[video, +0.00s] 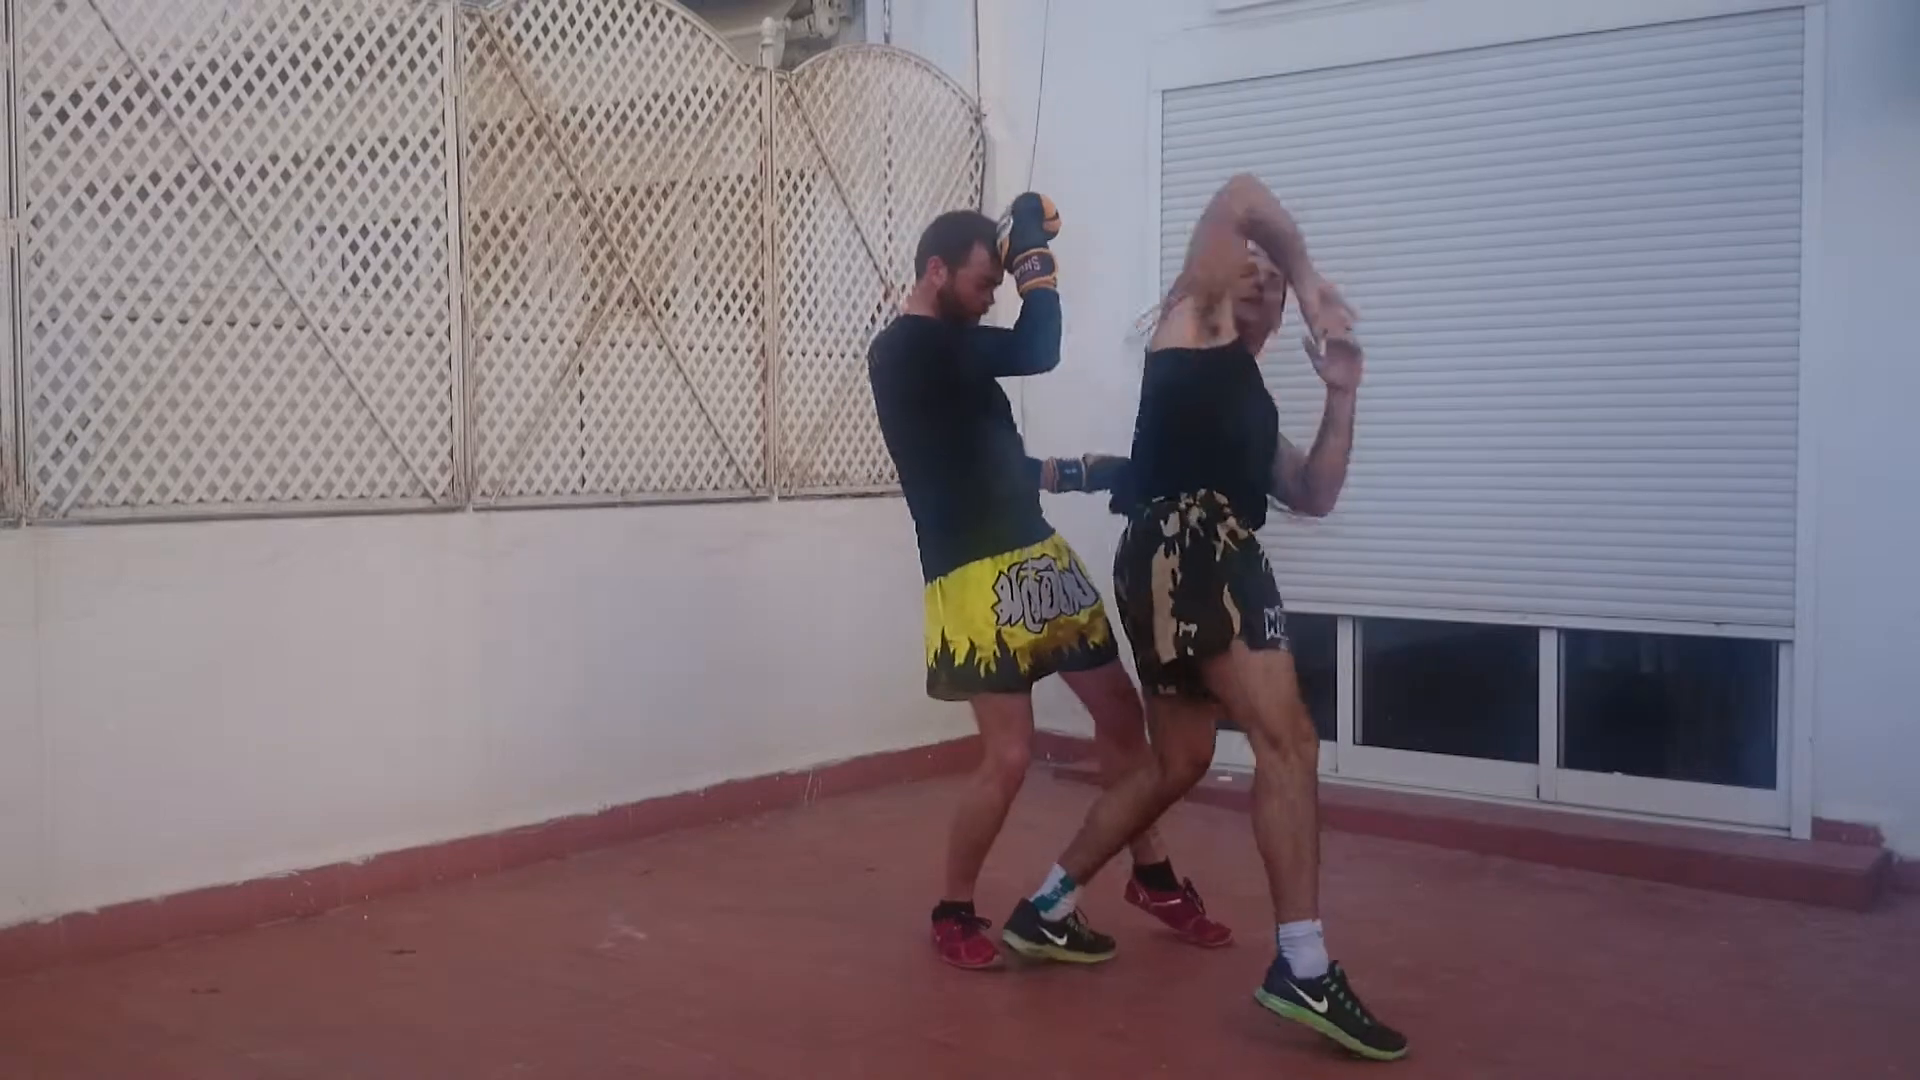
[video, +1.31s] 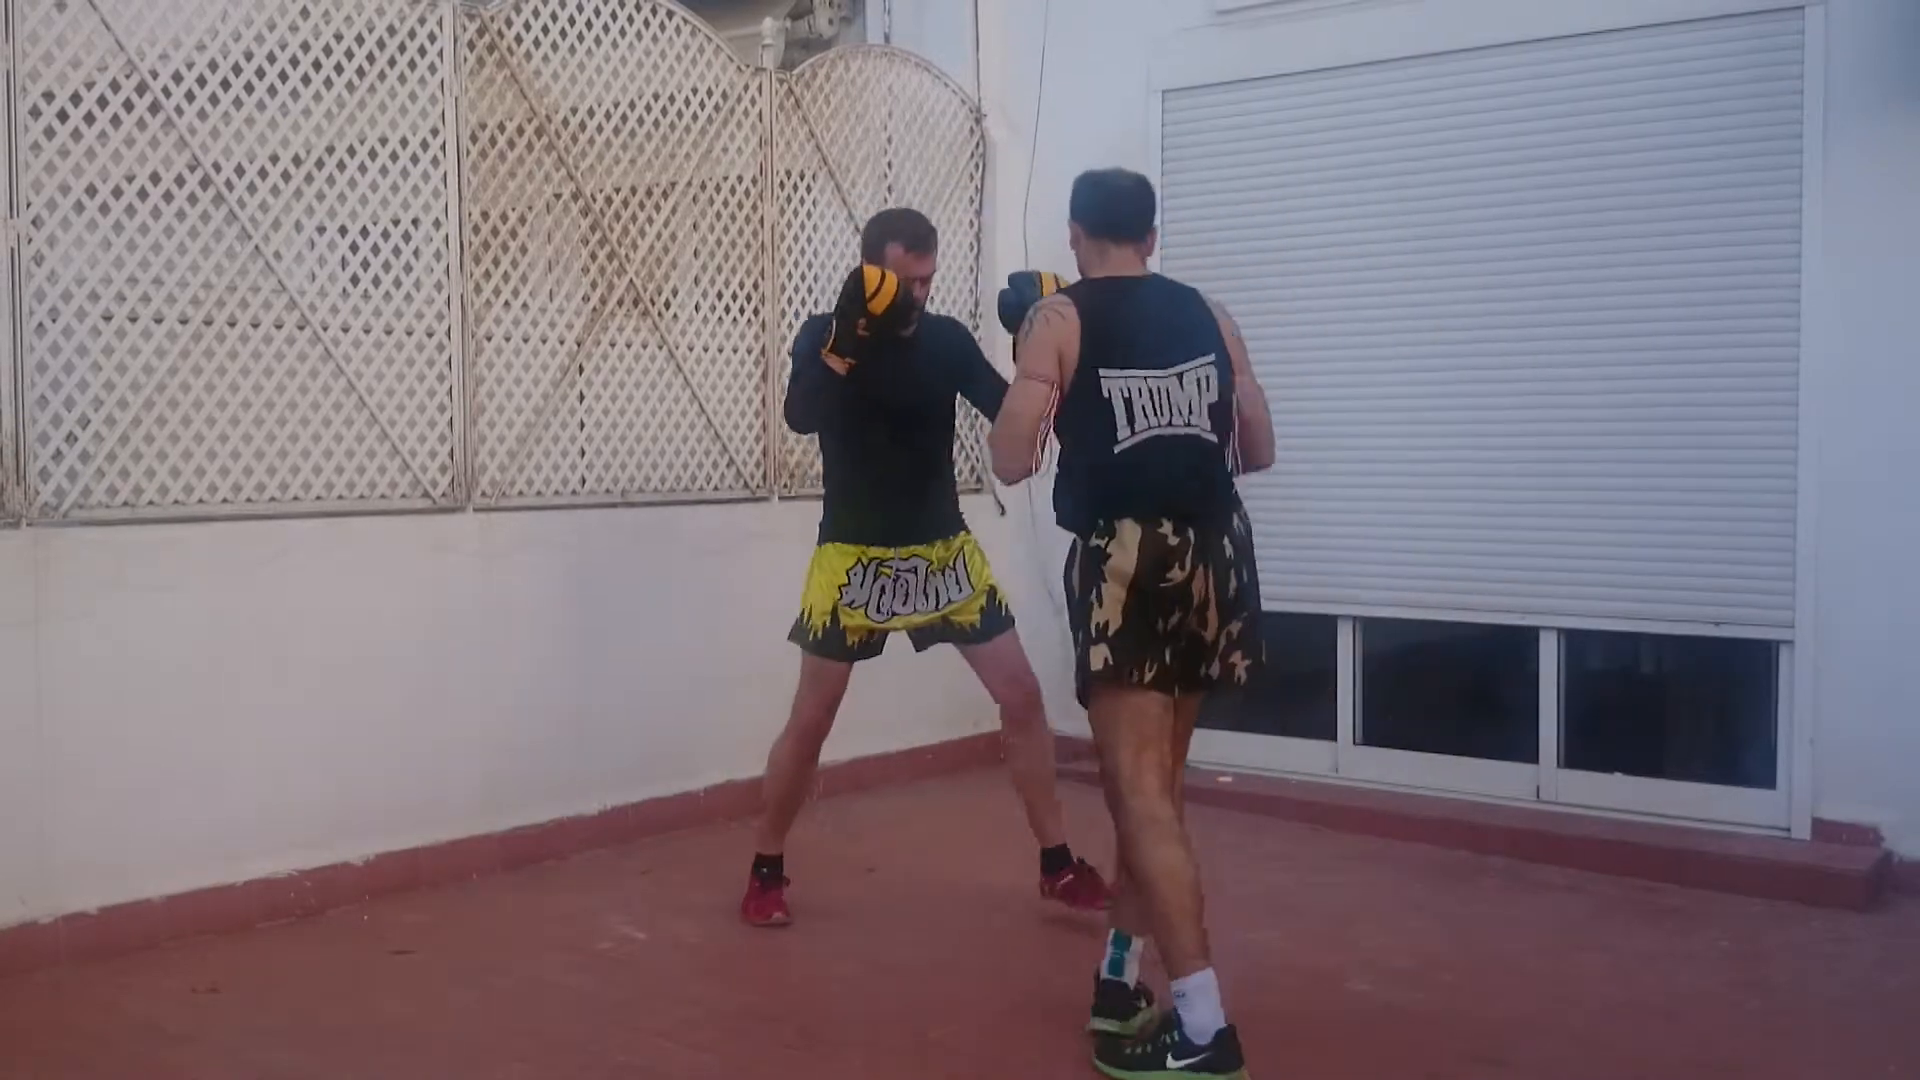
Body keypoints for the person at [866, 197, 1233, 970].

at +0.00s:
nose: (995, 294)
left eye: (996, 280)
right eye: (986, 278)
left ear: (947, 273)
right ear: (940, 268)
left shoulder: (953, 347)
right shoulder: (910, 344)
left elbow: (998, 468)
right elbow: (1036, 350)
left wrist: (1094, 472)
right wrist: (1035, 266)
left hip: (1036, 552)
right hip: (973, 570)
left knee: (1120, 712)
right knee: (1008, 754)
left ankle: (1153, 872)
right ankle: (954, 913)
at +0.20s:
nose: (1001, 279)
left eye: (1004, 266)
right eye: (988, 263)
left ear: (969, 260)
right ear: (942, 253)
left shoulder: (960, 334)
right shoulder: (911, 323)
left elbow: (976, 460)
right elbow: (1015, 343)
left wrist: (1059, 483)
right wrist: (1048, 253)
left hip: (1015, 543)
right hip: (959, 555)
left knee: (1073, 707)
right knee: (992, 736)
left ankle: (1086, 875)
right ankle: (953, 909)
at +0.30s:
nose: (1000, 260)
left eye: (1003, 248)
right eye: (987, 246)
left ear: (984, 250)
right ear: (940, 245)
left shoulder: (969, 327)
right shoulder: (909, 317)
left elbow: (974, 444)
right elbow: (976, 369)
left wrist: (1044, 469)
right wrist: (1051, 288)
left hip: (1003, 535)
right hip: (947, 543)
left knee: (1051, 700)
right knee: (983, 723)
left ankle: (1002, 845)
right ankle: (948, 906)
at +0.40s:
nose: (1005, 249)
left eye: (1007, 236)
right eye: (990, 238)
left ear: (1000, 245)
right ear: (945, 248)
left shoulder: (989, 331)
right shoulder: (920, 321)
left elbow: (982, 445)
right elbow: (929, 425)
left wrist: (1050, 465)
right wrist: (1007, 374)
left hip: (980, 539)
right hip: (929, 541)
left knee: (1009, 710)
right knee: (965, 718)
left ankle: (972, 860)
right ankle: (941, 907)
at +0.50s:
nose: (1009, 258)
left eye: (1011, 246)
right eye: (992, 248)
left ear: (1008, 254)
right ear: (949, 261)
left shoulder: (1004, 345)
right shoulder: (914, 340)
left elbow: (1000, 449)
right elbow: (908, 447)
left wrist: (1072, 457)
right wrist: (983, 422)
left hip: (966, 549)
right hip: (906, 547)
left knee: (1000, 710)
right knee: (942, 712)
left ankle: (965, 864)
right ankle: (907, 901)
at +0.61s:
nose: (994, 269)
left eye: (999, 256)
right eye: (981, 255)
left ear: (996, 259)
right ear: (935, 257)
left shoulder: (987, 348)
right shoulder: (893, 334)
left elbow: (1035, 436)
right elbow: (893, 439)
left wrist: (1091, 398)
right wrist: (952, 396)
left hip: (959, 542)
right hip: (894, 540)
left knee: (991, 705)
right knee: (909, 709)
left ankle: (967, 864)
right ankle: (823, 860)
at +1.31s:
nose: (928, 287)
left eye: (932, 276)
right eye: (920, 274)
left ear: (928, 272)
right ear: (881, 262)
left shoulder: (944, 339)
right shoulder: (824, 334)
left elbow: (1015, 412)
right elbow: (801, 417)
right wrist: (844, 346)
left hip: (943, 545)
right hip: (853, 549)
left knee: (1021, 696)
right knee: (810, 722)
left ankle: (1058, 862)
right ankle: (767, 868)